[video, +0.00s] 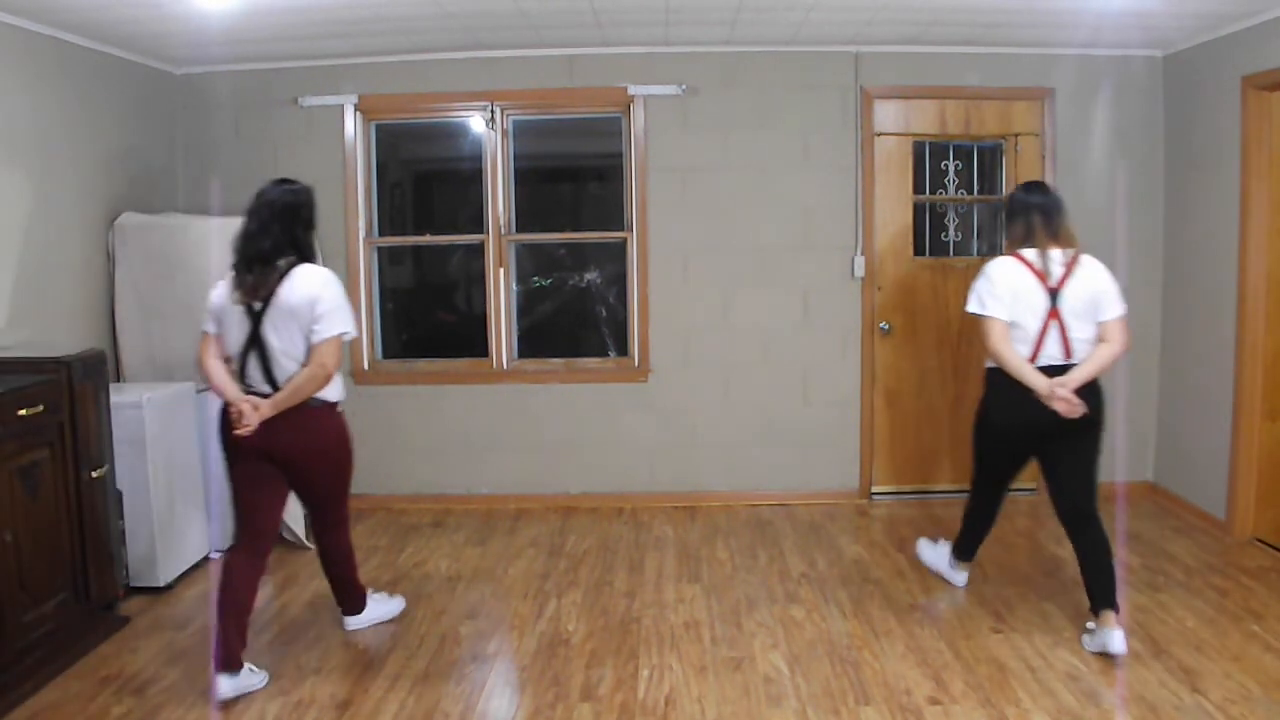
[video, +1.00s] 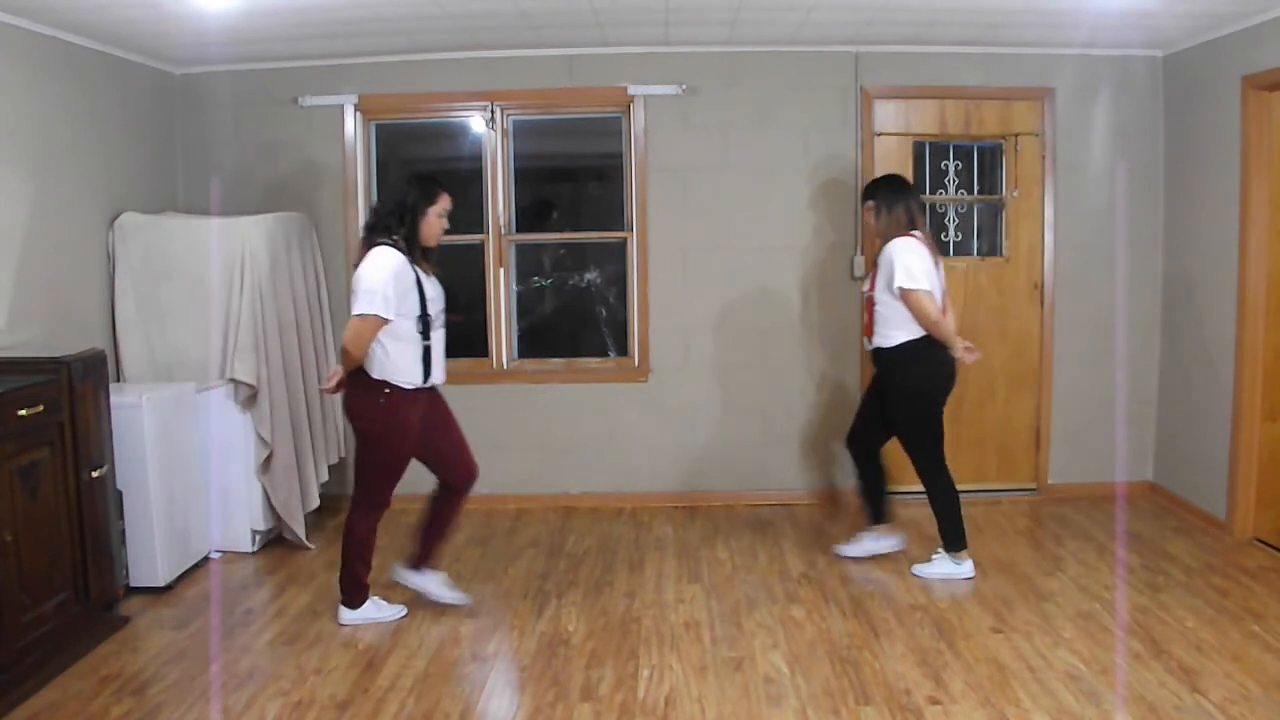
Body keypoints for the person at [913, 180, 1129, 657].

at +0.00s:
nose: (1006, 228)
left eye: (1008, 220)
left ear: (1012, 222)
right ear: (1059, 219)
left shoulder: (999, 271)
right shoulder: (1094, 270)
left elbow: (997, 344)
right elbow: (1116, 341)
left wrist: (1045, 387)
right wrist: (1067, 384)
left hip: (1013, 398)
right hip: (1078, 400)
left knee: (988, 486)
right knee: (1081, 513)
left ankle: (957, 560)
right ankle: (1108, 622)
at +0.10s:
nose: (980, 223)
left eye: (981, 215)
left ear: (985, 219)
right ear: (1031, 217)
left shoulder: (974, 270)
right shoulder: (1063, 267)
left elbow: (973, 342)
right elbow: (1085, 335)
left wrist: (1021, 383)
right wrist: (1043, 379)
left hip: (989, 389)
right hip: (1051, 389)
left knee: (968, 480)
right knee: (1053, 498)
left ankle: (952, 563)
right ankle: (1094, 595)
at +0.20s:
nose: (960, 216)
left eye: (959, 208)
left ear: (964, 212)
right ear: (1008, 210)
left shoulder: (952, 263)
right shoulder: (1038, 258)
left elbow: (952, 336)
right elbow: (1062, 326)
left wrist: (1001, 370)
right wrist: (1024, 365)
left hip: (967, 384)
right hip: (1024, 383)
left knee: (955, 477)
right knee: (1021, 483)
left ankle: (949, 563)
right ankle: (1061, 560)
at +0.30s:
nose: (941, 212)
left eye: (943, 205)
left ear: (949, 207)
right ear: (992, 204)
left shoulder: (940, 255)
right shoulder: (1022, 251)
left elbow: (941, 326)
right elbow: (1042, 319)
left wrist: (986, 362)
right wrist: (1007, 359)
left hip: (952, 374)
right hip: (1008, 375)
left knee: (950, 470)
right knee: (989, 461)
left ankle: (949, 563)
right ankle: (1021, 534)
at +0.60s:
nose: (912, 212)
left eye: (914, 203)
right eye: (913, 204)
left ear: (927, 203)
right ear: (959, 201)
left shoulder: (927, 246)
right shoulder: (984, 246)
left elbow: (943, 319)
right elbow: (1000, 309)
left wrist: (979, 353)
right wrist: (985, 346)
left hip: (934, 364)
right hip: (973, 363)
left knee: (932, 456)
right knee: (934, 444)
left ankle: (949, 560)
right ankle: (967, 517)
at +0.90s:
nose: (885, 219)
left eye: (888, 210)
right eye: (885, 211)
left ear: (906, 208)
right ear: (921, 207)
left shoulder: (914, 249)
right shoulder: (935, 247)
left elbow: (933, 309)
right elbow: (957, 307)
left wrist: (965, 348)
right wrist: (967, 347)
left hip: (924, 365)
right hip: (928, 361)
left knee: (935, 460)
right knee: (878, 443)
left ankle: (958, 555)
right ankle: (931, 515)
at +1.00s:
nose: (866, 221)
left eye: (869, 213)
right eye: (866, 213)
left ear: (886, 212)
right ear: (904, 210)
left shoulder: (900, 248)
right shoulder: (921, 248)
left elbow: (918, 303)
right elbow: (943, 308)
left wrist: (952, 343)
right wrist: (954, 345)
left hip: (911, 365)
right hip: (909, 364)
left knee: (929, 462)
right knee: (862, 441)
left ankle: (956, 554)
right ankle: (880, 529)